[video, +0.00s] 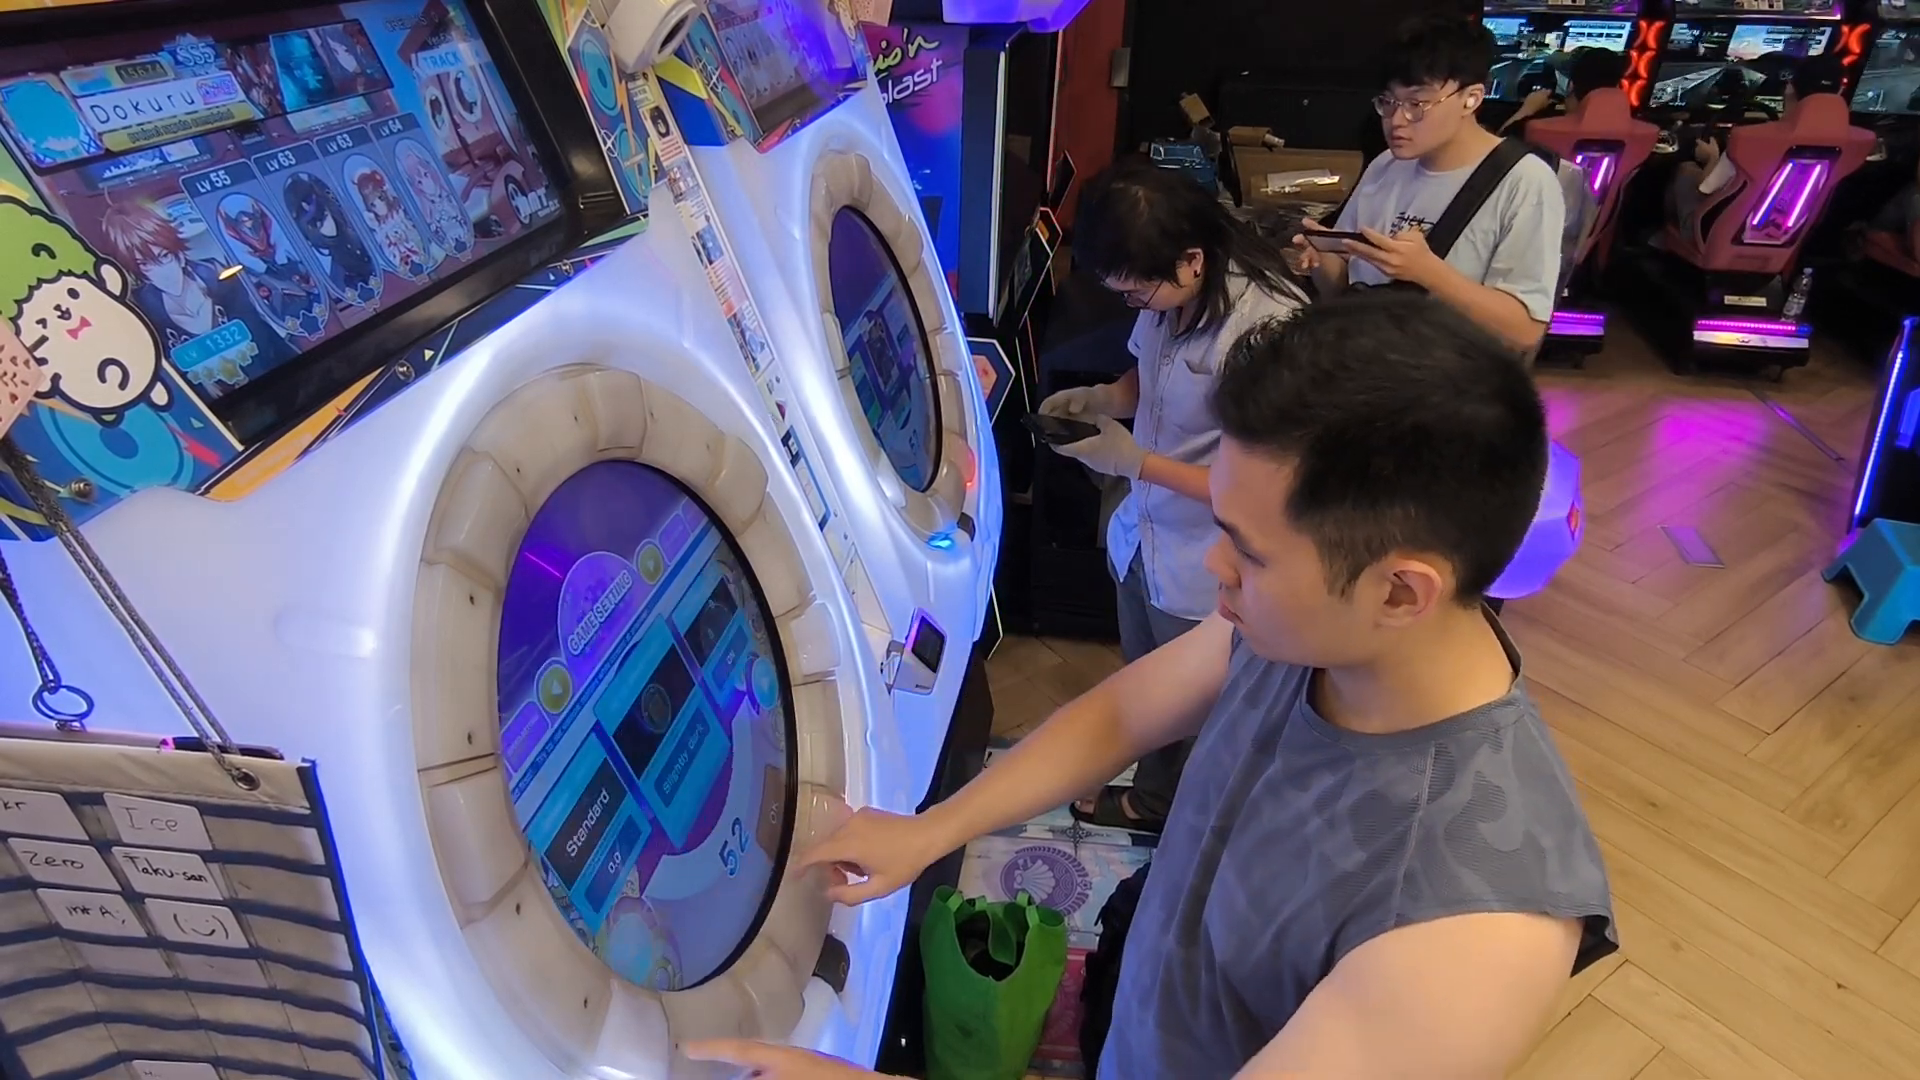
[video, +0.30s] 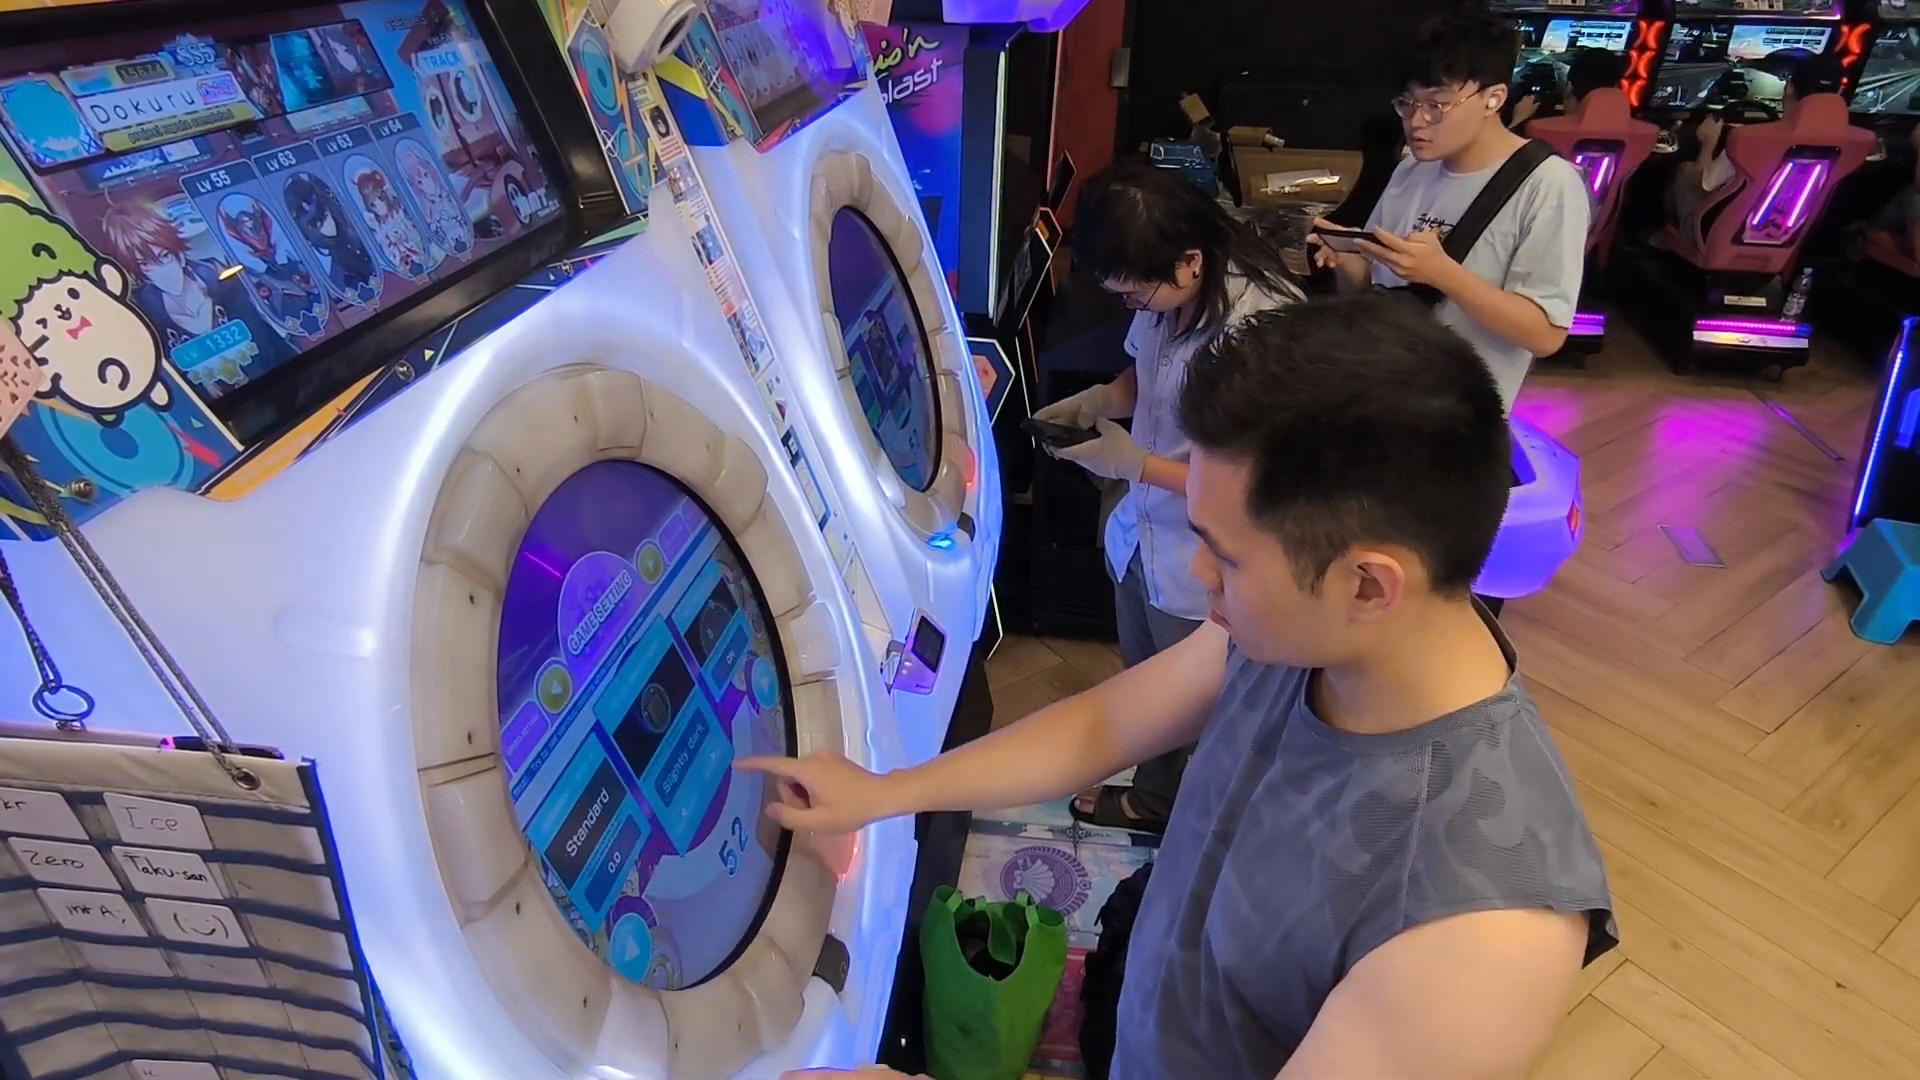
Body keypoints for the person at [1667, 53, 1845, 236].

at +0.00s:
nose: (1784, 89)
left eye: (1788, 84)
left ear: (1791, 90)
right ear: (1836, 95)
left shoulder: (1754, 140)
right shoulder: (1845, 150)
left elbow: (1707, 187)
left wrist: (1710, 158)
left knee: (1686, 170)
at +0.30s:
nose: (1784, 89)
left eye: (1787, 84)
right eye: (1787, 82)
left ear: (1791, 90)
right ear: (1834, 95)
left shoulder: (1760, 139)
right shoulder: (1837, 149)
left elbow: (1706, 183)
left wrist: (1707, 143)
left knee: (1684, 171)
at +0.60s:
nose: (1784, 89)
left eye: (1787, 84)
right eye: (1788, 82)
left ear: (1790, 91)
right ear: (1835, 95)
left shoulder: (1755, 140)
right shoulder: (1840, 149)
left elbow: (1707, 187)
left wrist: (1710, 156)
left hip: (1721, 242)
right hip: (1782, 246)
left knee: (1686, 169)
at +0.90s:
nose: (1784, 87)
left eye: (1788, 82)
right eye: (1788, 81)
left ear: (1793, 91)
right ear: (1835, 94)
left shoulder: (1758, 141)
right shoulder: (1844, 150)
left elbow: (1706, 188)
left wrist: (1711, 156)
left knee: (1685, 169)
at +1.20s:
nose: (1784, 91)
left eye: (1787, 85)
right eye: (1787, 85)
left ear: (1792, 91)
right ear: (1835, 95)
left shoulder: (1756, 140)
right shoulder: (1843, 150)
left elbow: (1706, 187)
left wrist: (1710, 154)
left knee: (1686, 169)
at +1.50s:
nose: (1786, 90)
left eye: (1789, 85)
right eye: (1789, 85)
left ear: (1794, 91)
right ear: (1838, 96)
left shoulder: (1756, 140)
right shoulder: (1848, 151)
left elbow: (1707, 187)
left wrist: (1712, 156)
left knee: (1686, 170)